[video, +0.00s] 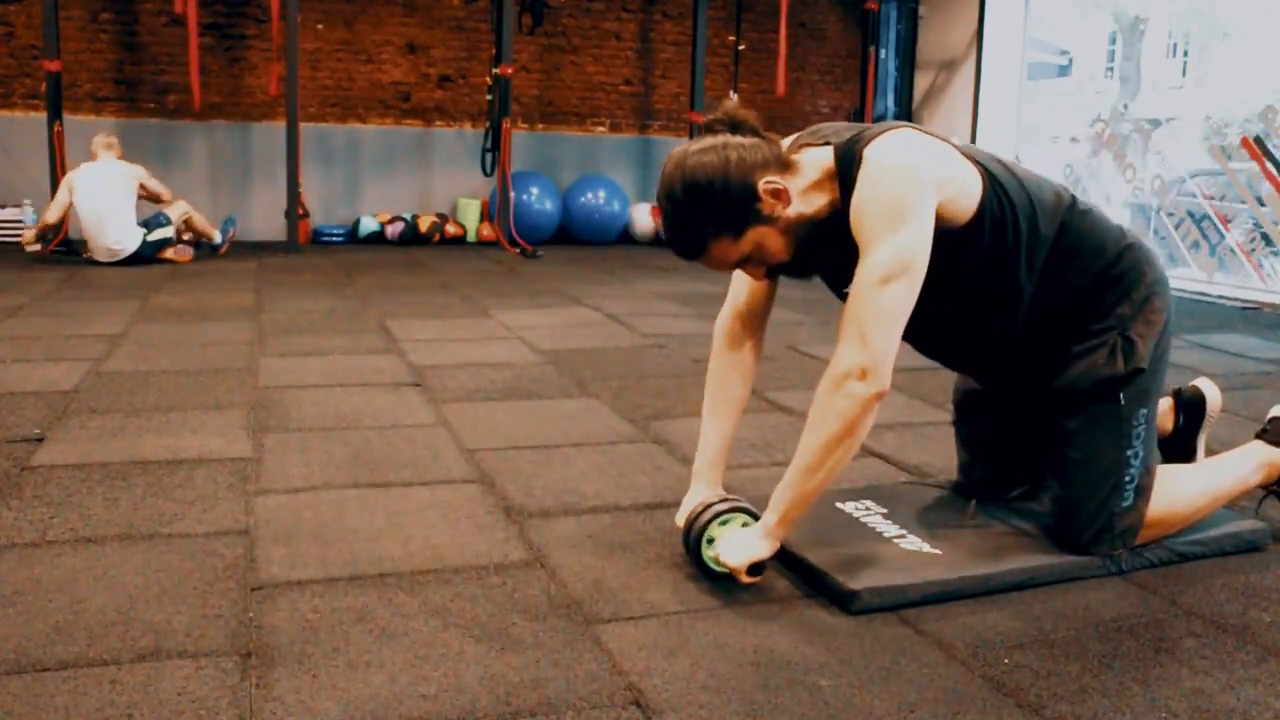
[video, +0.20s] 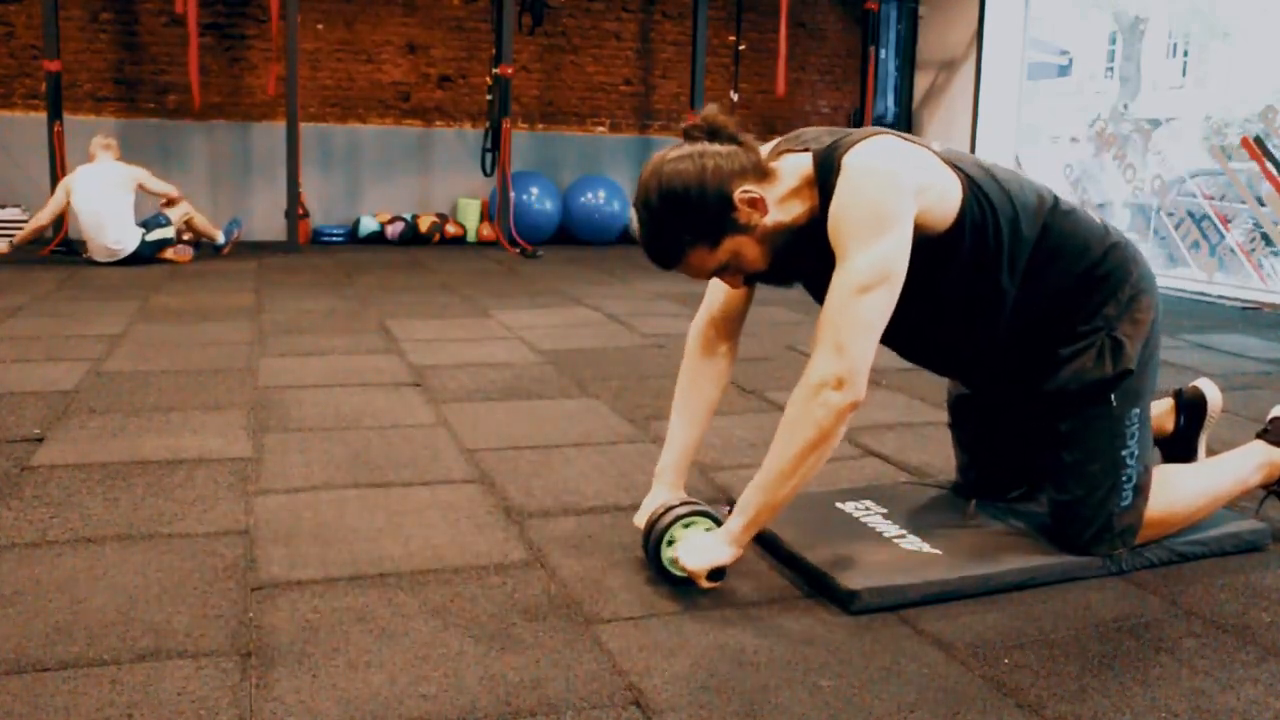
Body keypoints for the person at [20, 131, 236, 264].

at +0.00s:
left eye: (97, 152)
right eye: (114, 151)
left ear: (92, 154)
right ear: (118, 153)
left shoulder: (74, 176)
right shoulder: (132, 170)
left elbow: (51, 219)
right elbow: (166, 197)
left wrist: (35, 233)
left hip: (99, 256)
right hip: (132, 250)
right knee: (181, 206)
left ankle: (169, 251)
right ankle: (217, 238)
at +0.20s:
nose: (110, 153)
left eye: (101, 150)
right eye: (113, 150)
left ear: (90, 155)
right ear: (116, 153)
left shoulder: (73, 179)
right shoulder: (129, 171)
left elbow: (41, 221)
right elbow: (174, 193)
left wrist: (11, 244)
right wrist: (169, 203)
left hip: (97, 256)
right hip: (131, 249)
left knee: (136, 232)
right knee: (181, 207)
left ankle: (167, 251)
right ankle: (221, 238)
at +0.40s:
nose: (112, 148)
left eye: (105, 147)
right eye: (112, 148)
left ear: (89, 155)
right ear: (116, 154)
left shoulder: (70, 179)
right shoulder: (127, 171)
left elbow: (42, 220)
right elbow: (171, 193)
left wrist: (11, 244)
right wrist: (189, 199)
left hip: (96, 256)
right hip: (129, 248)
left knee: (140, 233)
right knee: (183, 210)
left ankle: (169, 251)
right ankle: (222, 238)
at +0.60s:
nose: (112, 150)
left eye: (107, 148)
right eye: (113, 149)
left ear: (91, 155)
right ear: (116, 155)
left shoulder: (69, 179)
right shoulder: (127, 171)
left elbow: (52, 223)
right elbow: (171, 192)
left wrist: (38, 248)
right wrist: (189, 198)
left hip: (97, 257)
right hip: (129, 248)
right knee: (185, 210)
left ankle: (170, 251)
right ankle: (222, 239)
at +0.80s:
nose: (117, 158)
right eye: (117, 154)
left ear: (91, 155)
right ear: (118, 154)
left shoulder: (72, 180)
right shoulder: (128, 171)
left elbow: (63, 225)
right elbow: (178, 194)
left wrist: (58, 242)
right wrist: (190, 201)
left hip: (97, 256)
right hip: (129, 249)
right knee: (186, 210)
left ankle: (169, 252)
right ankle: (222, 239)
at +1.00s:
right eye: (121, 154)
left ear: (94, 154)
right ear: (121, 154)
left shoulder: (75, 178)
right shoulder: (129, 172)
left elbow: (72, 225)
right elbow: (173, 195)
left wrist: (76, 242)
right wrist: (186, 203)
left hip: (96, 255)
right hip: (128, 247)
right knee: (185, 211)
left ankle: (169, 253)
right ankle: (224, 239)